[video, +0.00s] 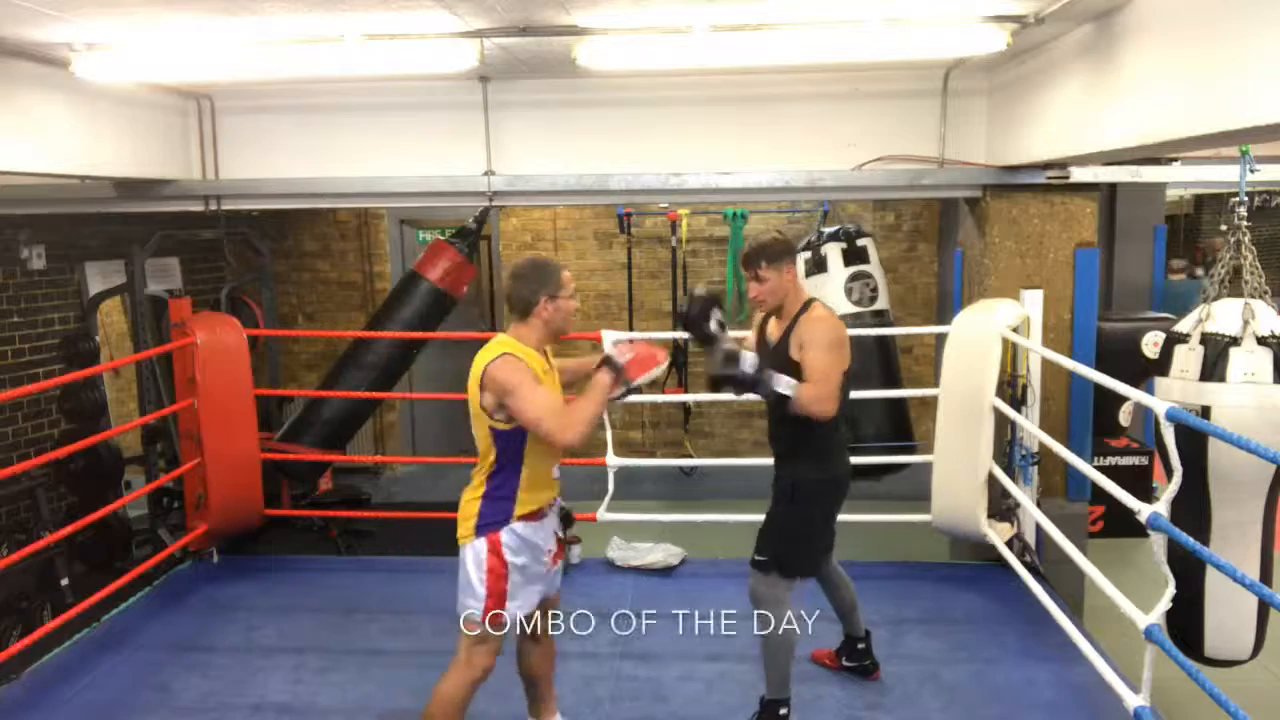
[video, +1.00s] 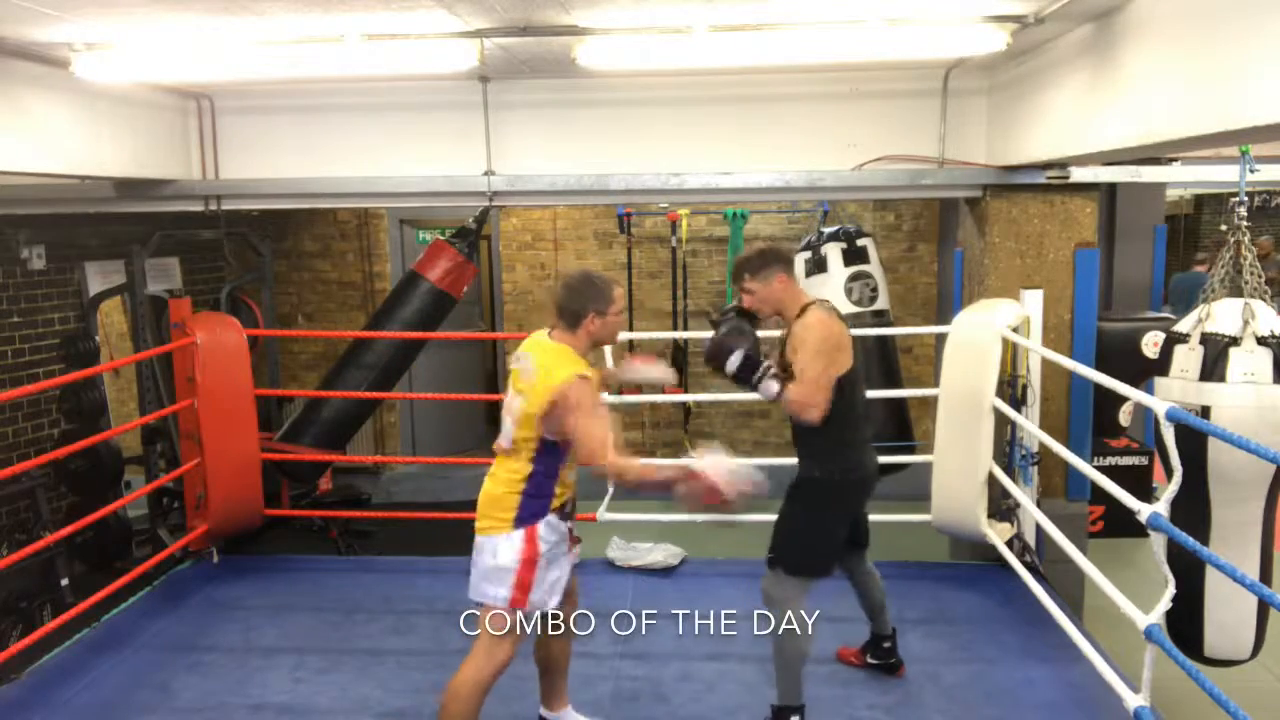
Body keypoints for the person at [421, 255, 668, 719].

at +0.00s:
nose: (575, 305)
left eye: (574, 295)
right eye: (569, 296)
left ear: (538, 305)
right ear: (543, 306)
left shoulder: (534, 356)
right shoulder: (505, 366)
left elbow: (561, 374)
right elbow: (565, 432)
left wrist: (614, 361)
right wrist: (604, 377)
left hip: (539, 518)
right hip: (497, 529)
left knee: (539, 631)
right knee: (476, 661)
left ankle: (545, 713)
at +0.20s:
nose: (590, 307)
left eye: (588, 298)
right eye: (584, 299)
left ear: (555, 307)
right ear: (556, 307)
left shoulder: (564, 348)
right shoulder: (506, 363)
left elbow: (579, 398)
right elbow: (551, 437)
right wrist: (590, 373)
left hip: (542, 516)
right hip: (498, 524)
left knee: (544, 632)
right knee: (485, 658)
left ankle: (545, 713)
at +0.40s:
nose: (591, 307)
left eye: (589, 298)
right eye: (583, 299)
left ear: (552, 308)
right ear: (554, 308)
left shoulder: (559, 352)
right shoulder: (496, 367)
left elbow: (615, 368)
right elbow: (534, 440)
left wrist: (668, 346)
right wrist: (572, 377)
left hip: (549, 517)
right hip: (500, 528)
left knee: (555, 627)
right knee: (481, 659)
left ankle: (549, 712)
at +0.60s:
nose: (593, 309)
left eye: (591, 300)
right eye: (586, 301)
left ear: (548, 309)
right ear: (559, 312)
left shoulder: (505, 352)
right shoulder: (549, 375)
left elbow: (538, 420)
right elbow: (622, 424)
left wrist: (587, 382)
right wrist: (658, 363)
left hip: (540, 520)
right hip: (516, 529)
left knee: (548, 628)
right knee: (496, 662)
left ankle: (549, 713)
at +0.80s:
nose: (601, 313)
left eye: (600, 304)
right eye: (595, 304)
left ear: (565, 311)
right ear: (567, 312)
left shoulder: (571, 355)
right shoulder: (512, 373)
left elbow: (618, 373)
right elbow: (509, 463)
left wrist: (675, 355)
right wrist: (581, 462)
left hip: (554, 515)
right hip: (510, 525)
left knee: (566, 617)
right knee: (497, 656)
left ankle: (552, 711)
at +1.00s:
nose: (622, 322)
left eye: (622, 312)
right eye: (617, 313)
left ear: (578, 317)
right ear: (591, 321)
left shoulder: (536, 345)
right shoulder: (574, 379)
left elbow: (565, 388)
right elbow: (605, 463)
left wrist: (618, 374)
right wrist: (681, 472)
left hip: (541, 512)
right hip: (519, 519)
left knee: (561, 604)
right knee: (495, 648)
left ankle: (555, 710)